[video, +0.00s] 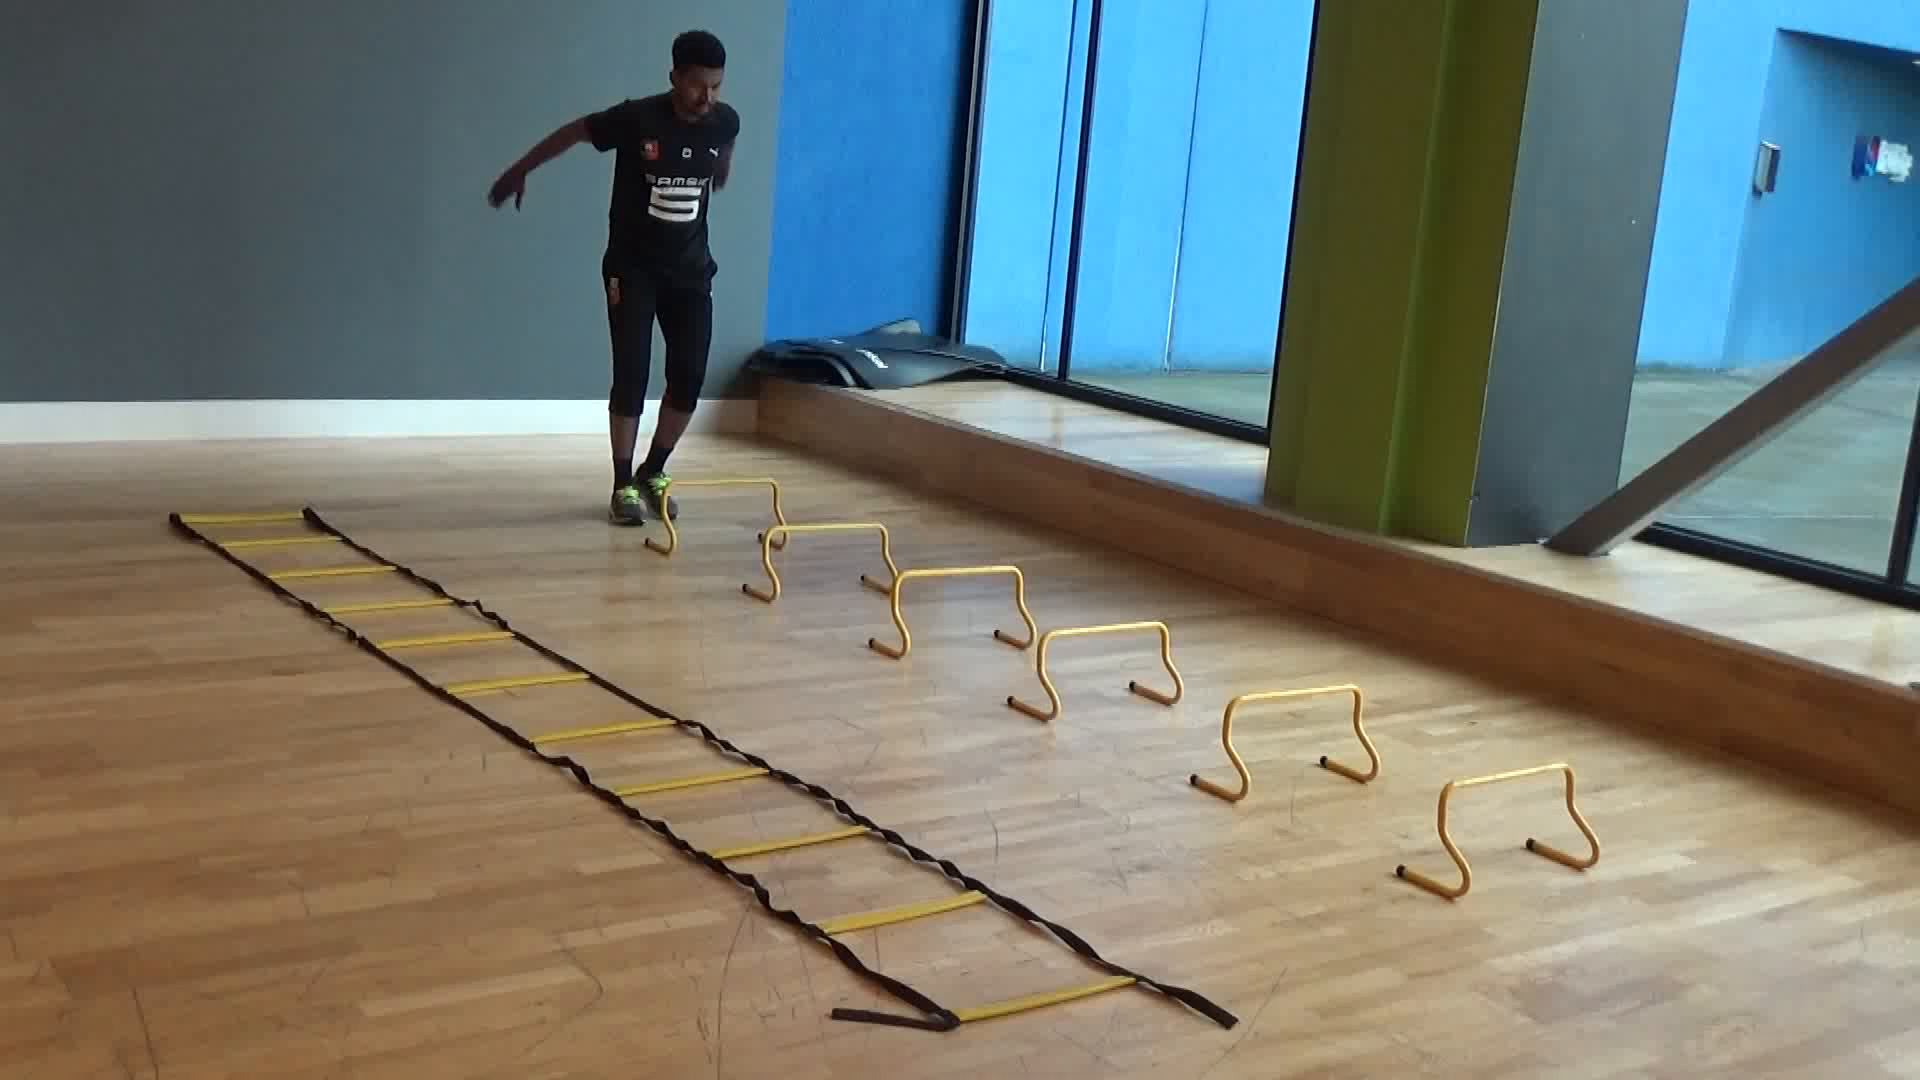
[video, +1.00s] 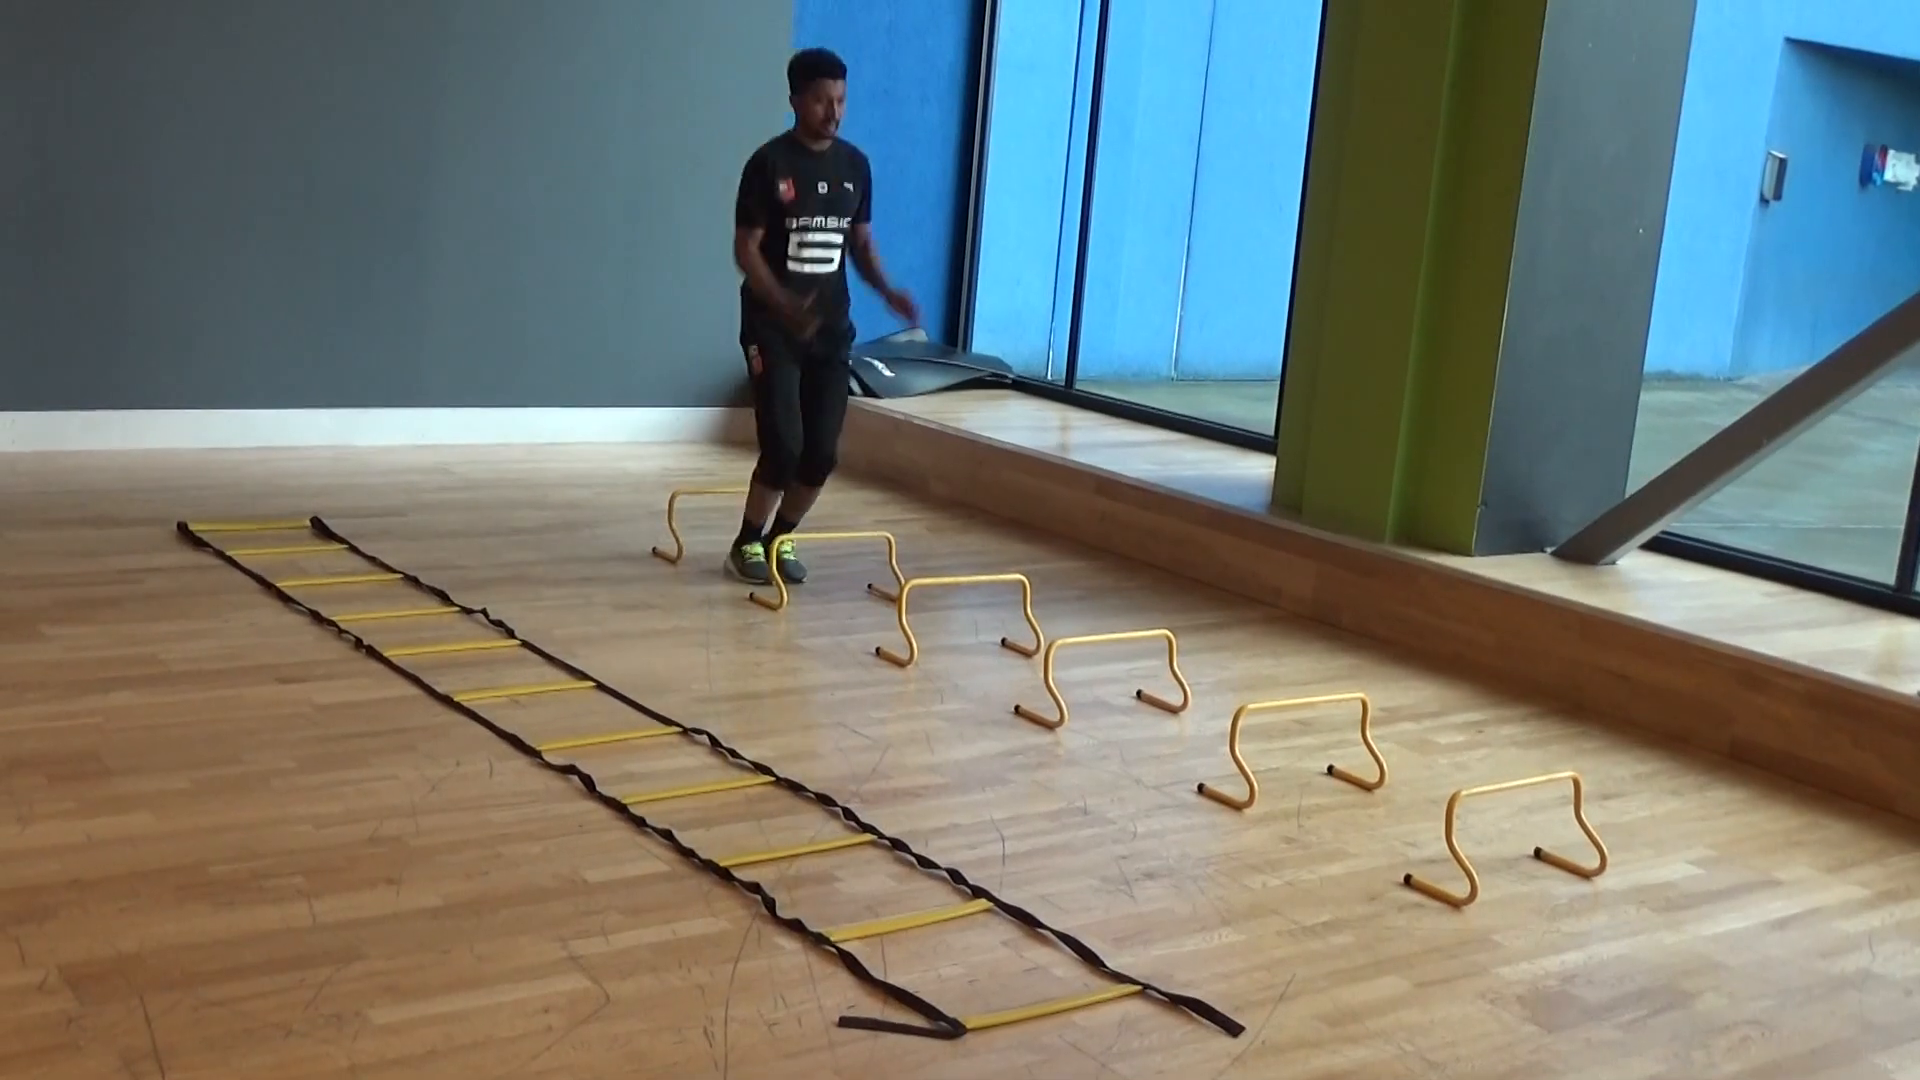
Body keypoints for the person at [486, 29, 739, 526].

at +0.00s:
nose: (707, 96)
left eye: (715, 85)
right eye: (698, 85)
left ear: (722, 82)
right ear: (675, 77)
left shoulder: (724, 123)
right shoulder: (636, 118)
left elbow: (722, 163)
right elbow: (574, 132)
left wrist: (719, 178)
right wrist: (519, 170)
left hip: (690, 269)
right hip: (633, 267)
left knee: (688, 381)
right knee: (632, 378)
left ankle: (652, 476)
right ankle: (624, 486)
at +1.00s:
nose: (833, 111)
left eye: (839, 100)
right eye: (822, 101)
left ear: (845, 100)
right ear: (795, 100)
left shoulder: (855, 164)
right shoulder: (767, 164)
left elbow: (860, 239)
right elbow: (745, 250)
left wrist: (887, 290)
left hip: (831, 324)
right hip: (774, 323)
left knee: (821, 457)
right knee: (783, 449)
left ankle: (777, 538)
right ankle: (748, 543)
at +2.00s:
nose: (1108, 45)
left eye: (1117, 34)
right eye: (1098, 31)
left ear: (1123, 29)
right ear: (1064, 21)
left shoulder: (1113, 89)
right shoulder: (1008, 78)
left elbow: (1075, 150)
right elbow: (915, 94)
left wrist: (1089, 200)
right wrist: (889, 189)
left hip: (1071, 286)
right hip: (1001, 284)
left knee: (1077, 442)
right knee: (1009, 441)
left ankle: (1052, 588)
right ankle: (995, 591)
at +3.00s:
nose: (1467, 49)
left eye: (1476, 35)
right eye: (1454, 32)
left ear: (1481, 35)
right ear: (1407, 25)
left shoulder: (1457, 111)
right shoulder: (1350, 105)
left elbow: (1422, 210)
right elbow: (1269, 205)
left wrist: (1463, 285)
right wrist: (1316, 310)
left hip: (1403, 333)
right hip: (1331, 330)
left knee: (1425, 496)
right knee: (1347, 506)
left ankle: (1322, 593)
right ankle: (1262, 605)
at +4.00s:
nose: (1845, 286)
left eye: (1869, 269)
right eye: (1836, 267)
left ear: (1915, 277)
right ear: (1824, 270)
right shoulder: (1786, 374)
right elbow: (1715, 502)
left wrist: (1910, 579)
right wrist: (1834, 569)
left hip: (1893, 630)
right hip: (1783, 627)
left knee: (1916, 795)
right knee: (1871, 811)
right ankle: (1823, 982)